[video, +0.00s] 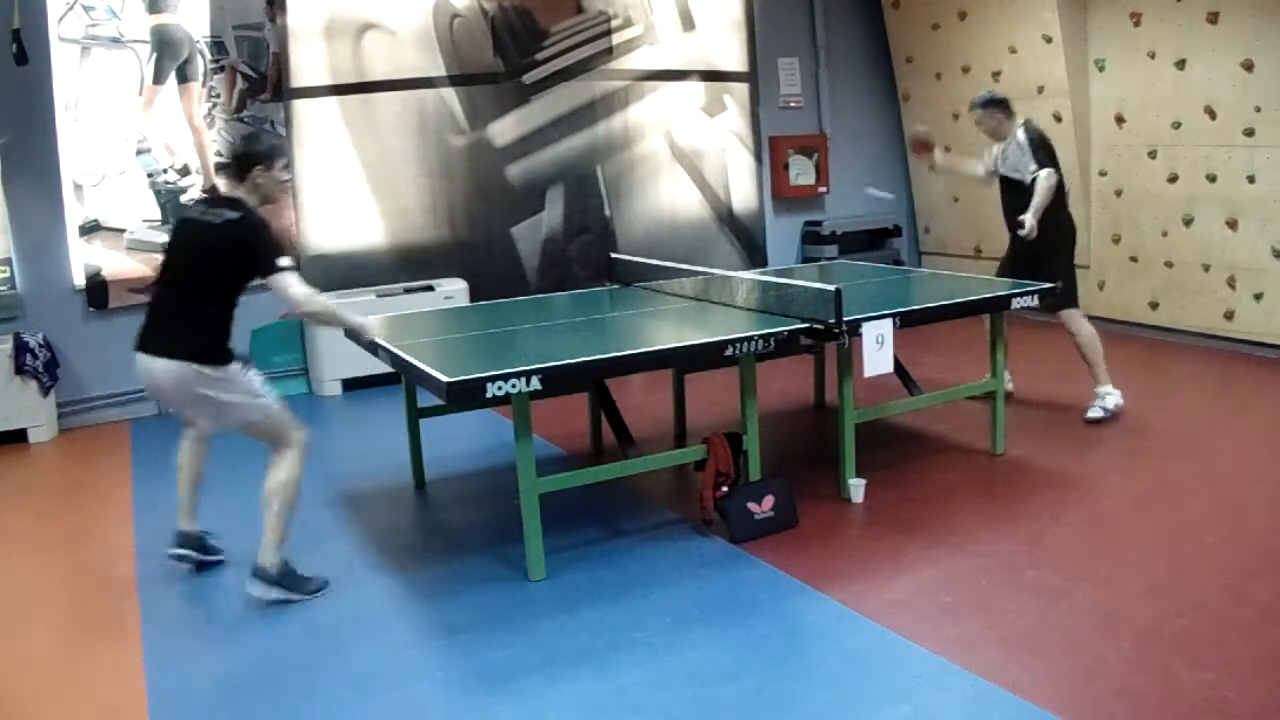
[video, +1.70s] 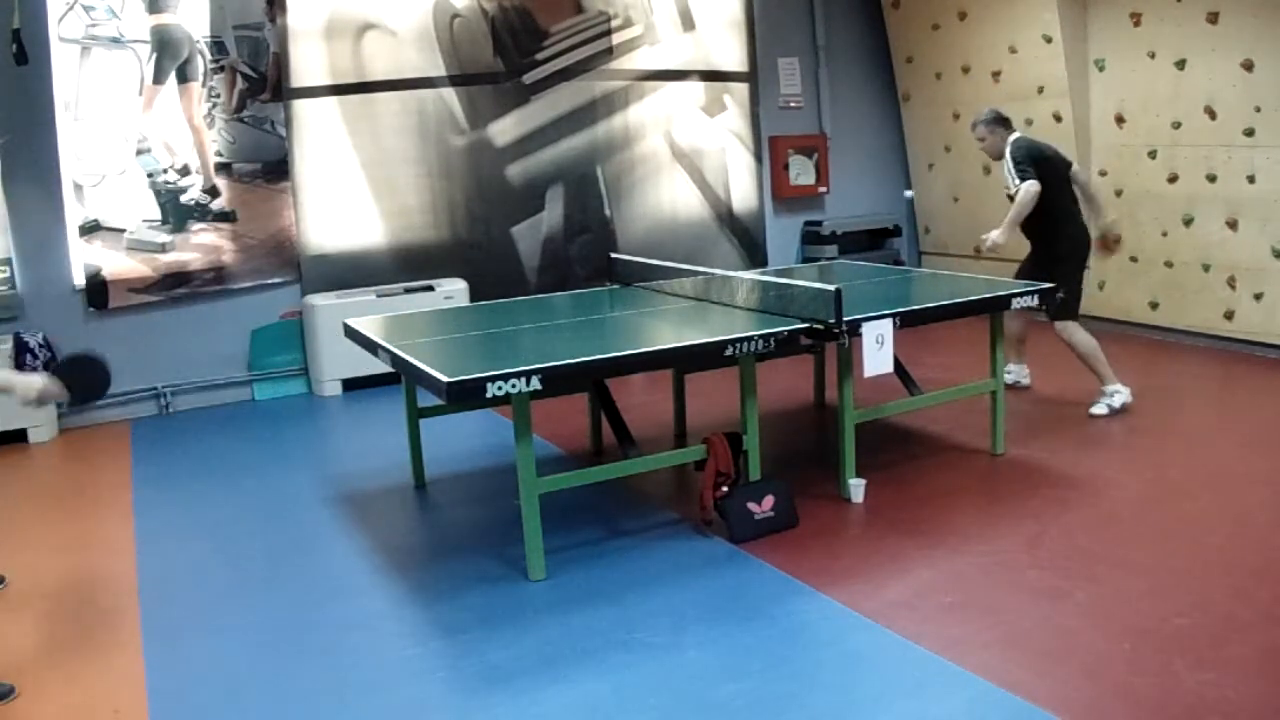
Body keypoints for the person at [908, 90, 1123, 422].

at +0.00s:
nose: (981, 130)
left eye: (983, 123)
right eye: (978, 124)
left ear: (1000, 117)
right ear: (995, 119)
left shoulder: (1028, 138)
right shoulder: (1003, 147)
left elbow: (1048, 175)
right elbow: (983, 172)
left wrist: (1033, 213)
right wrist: (939, 158)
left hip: (1051, 237)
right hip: (1023, 237)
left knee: (1068, 314)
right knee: (992, 303)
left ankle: (1107, 391)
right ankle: (999, 375)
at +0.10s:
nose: (998, 105)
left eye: (1000, 98)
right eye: (995, 100)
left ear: (1018, 92)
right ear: (1004, 97)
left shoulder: (1042, 121)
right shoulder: (1014, 124)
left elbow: (1067, 167)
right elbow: (997, 141)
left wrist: (1056, 208)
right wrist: (960, 132)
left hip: (1054, 224)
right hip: (1024, 225)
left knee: (1074, 300)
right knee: (1012, 302)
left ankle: (1105, 372)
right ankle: (996, 366)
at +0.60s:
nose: (1030, 104)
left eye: (1036, 98)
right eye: (1027, 98)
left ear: (1055, 99)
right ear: (1026, 100)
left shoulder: (1074, 134)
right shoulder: (1027, 132)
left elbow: (1093, 183)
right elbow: (1009, 169)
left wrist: (1086, 229)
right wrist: (969, 179)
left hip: (1067, 234)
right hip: (1032, 232)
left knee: (1081, 310)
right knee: (1020, 302)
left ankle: (1104, 373)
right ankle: (1024, 363)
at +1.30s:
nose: (1006, 117)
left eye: (1011, 109)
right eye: (1003, 111)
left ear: (1030, 106)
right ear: (1008, 113)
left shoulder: (1056, 133)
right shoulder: (1021, 143)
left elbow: (1080, 176)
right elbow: (1021, 191)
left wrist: (1047, 212)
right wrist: (992, 219)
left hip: (1075, 230)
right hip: (1042, 230)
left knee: (1076, 310)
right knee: (1018, 301)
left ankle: (1108, 384)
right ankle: (1014, 366)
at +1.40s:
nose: (995, 125)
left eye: (999, 118)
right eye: (993, 119)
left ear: (1018, 113)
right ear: (1008, 118)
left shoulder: (1042, 136)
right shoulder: (1025, 146)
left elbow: (1059, 177)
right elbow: (1035, 199)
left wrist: (1021, 212)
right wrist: (1023, 242)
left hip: (1073, 235)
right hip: (1045, 237)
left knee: (1071, 312)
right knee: (1020, 305)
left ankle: (1113, 385)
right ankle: (1016, 367)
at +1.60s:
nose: (984, 146)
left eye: (985, 138)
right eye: (981, 140)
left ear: (1000, 130)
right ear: (1008, 129)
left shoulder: (1018, 148)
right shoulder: (1038, 145)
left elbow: (1029, 185)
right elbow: (1087, 171)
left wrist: (996, 225)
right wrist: (1116, 207)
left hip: (1069, 243)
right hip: (1052, 243)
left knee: (1067, 323)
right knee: (1017, 304)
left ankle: (1115, 387)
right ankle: (1016, 368)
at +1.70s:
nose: (982, 149)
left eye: (982, 142)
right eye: (979, 143)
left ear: (998, 133)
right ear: (1002, 133)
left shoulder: (1016, 151)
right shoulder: (1035, 146)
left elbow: (1030, 188)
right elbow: (1080, 177)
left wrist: (1004, 230)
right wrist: (1101, 222)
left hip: (1063, 246)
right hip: (1050, 245)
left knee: (1063, 323)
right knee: (1013, 305)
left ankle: (1115, 389)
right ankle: (1016, 368)